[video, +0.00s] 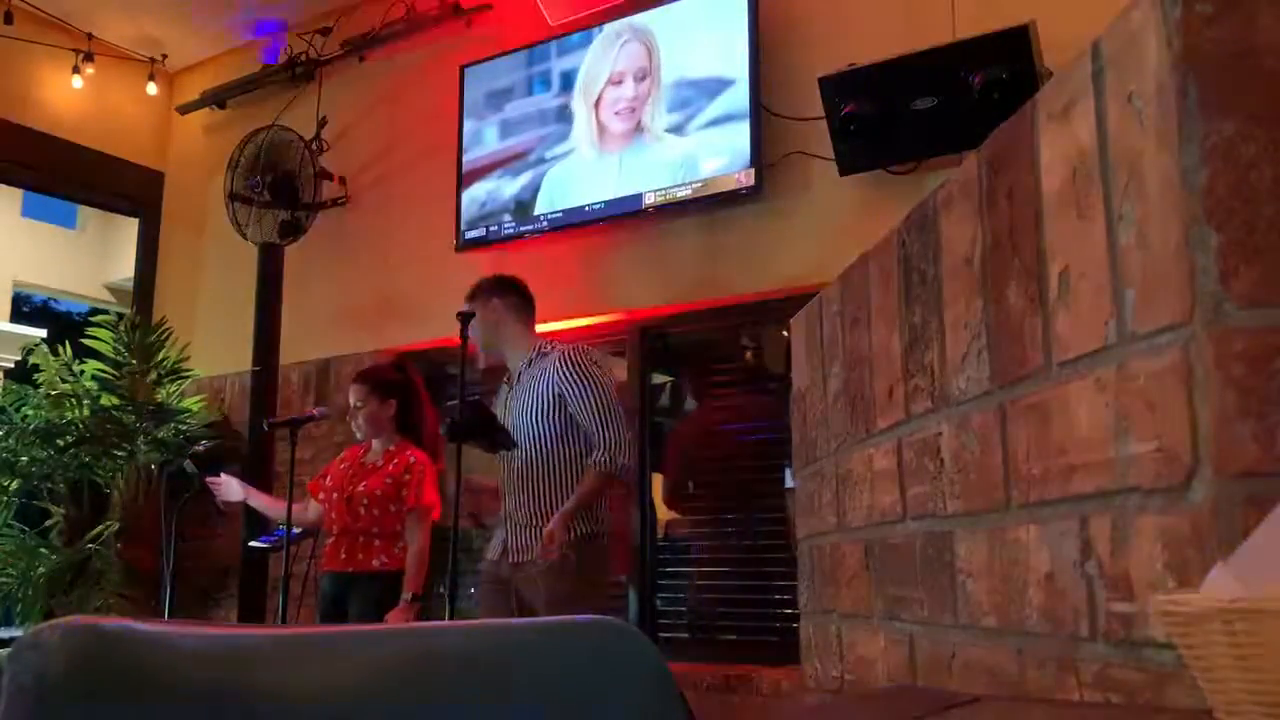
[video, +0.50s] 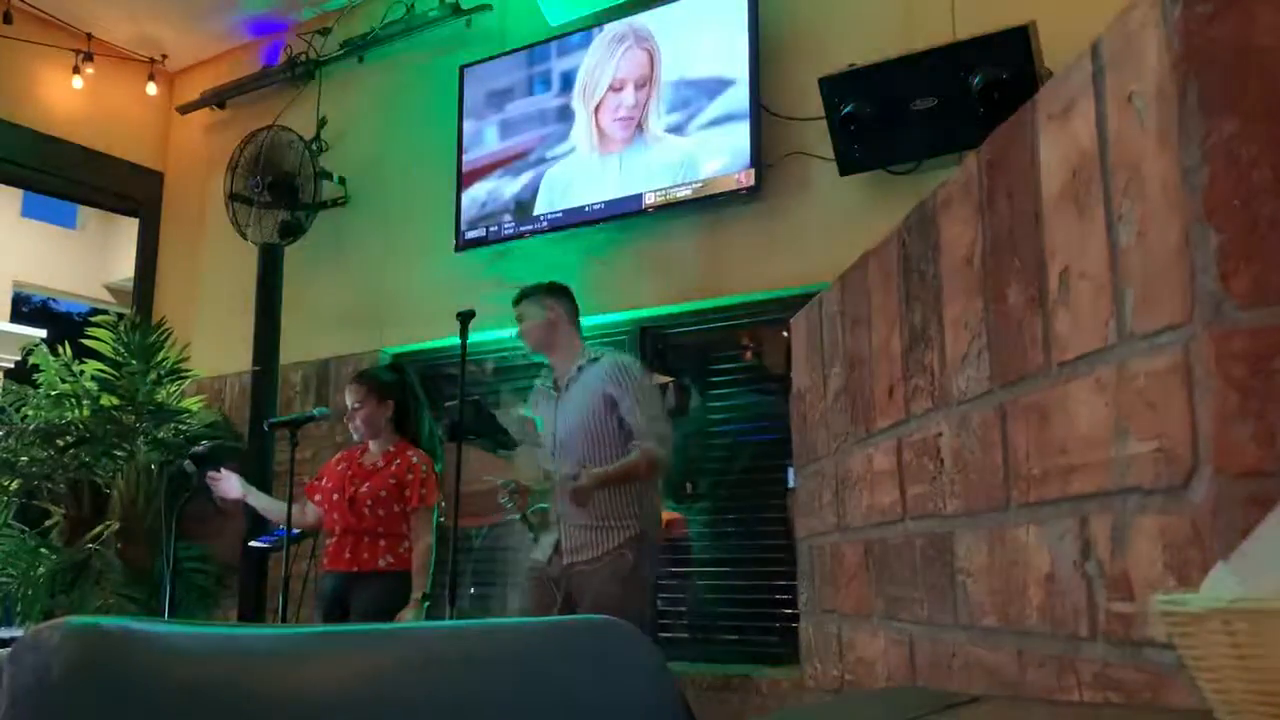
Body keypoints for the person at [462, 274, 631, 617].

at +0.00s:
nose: (468, 331)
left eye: (471, 316)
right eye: (467, 320)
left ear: (496, 309)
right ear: (499, 312)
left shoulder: (567, 362)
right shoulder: (507, 389)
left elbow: (614, 449)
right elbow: (523, 479)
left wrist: (564, 516)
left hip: (563, 558)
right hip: (505, 556)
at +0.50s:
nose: (519, 332)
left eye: (524, 320)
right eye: (518, 322)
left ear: (554, 315)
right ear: (549, 319)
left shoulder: (616, 370)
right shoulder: (542, 393)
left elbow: (656, 449)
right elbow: (553, 468)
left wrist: (596, 478)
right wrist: (527, 491)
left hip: (614, 551)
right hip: (554, 551)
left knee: (613, 665)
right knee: (539, 659)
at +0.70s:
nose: (561, 325)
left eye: (568, 311)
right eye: (556, 317)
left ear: (602, 311)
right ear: (558, 326)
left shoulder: (656, 379)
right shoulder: (566, 399)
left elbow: (697, 461)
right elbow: (575, 474)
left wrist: (646, 491)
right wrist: (552, 478)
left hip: (645, 545)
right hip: (580, 547)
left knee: (643, 660)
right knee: (546, 646)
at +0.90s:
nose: (596, 312)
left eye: (606, 302)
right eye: (589, 306)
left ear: (636, 310)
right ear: (585, 319)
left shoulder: (683, 380)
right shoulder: (582, 394)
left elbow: (734, 455)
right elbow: (571, 484)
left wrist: (702, 457)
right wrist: (560, 442)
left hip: (660, 542)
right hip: (590, 541)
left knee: (651, 668)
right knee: (563, 647)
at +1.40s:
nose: (628, 319)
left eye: (640, 309)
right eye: (625, 309)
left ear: (670, 320)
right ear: (619, 316)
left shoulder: (706, 395)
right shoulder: (595, 386)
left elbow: (729, 482)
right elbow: (569, 458)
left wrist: (701, 514)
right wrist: (602, 396)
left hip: (668, 541)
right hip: (596, 537)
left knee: (670, 649)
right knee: (567, 631)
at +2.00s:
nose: (602, 329)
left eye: (614, 317)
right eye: (600, 318)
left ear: (649, 320)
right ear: (598, 320)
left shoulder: (686, 386)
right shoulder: (598, 384)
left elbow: (713, 475)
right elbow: (563, 456)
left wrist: (672, 494)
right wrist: (585, 386)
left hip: (650, 543)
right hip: (588, 538)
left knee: (640, 658)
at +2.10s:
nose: (596, 326)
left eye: (608, 314)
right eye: (594, 315)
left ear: (640, 318)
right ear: (592, 318)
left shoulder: (677, 387)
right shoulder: (594, 384)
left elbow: (696, 478)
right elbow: (557, 444)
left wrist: (624, 496)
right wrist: (574, 383)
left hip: (643, 547)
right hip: (582, 540)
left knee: (638, 655)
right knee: (553, 643)